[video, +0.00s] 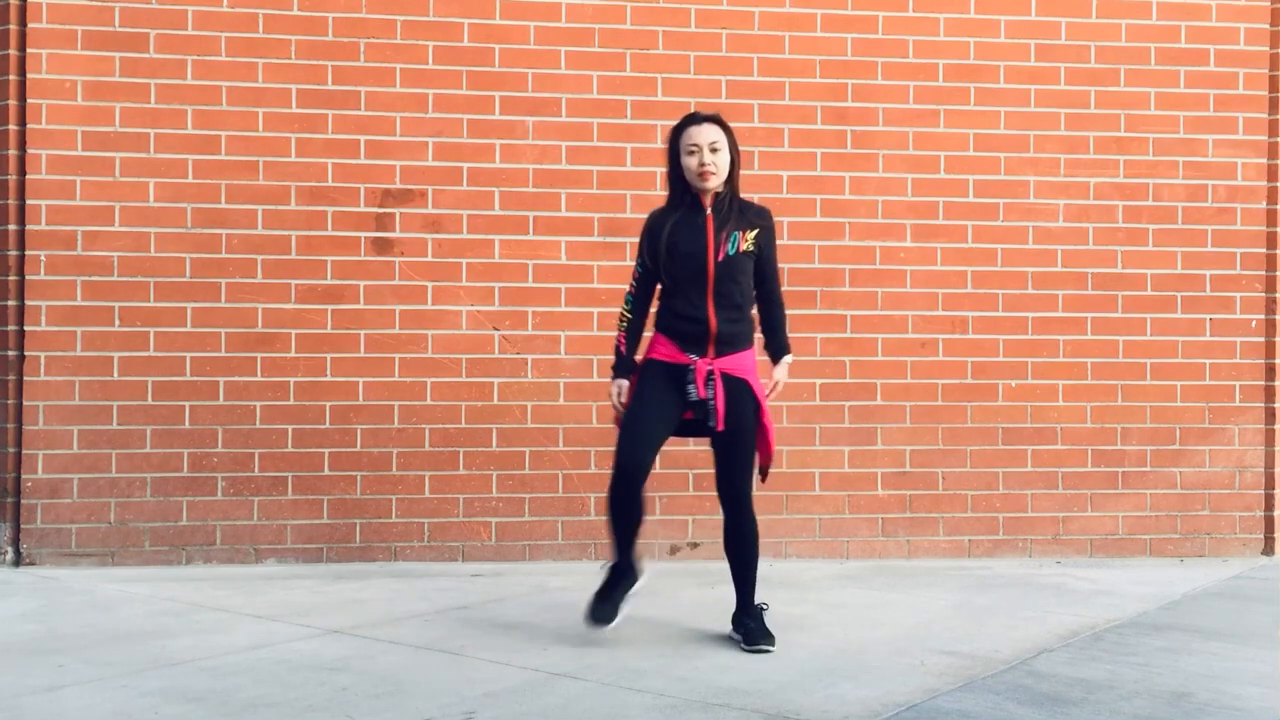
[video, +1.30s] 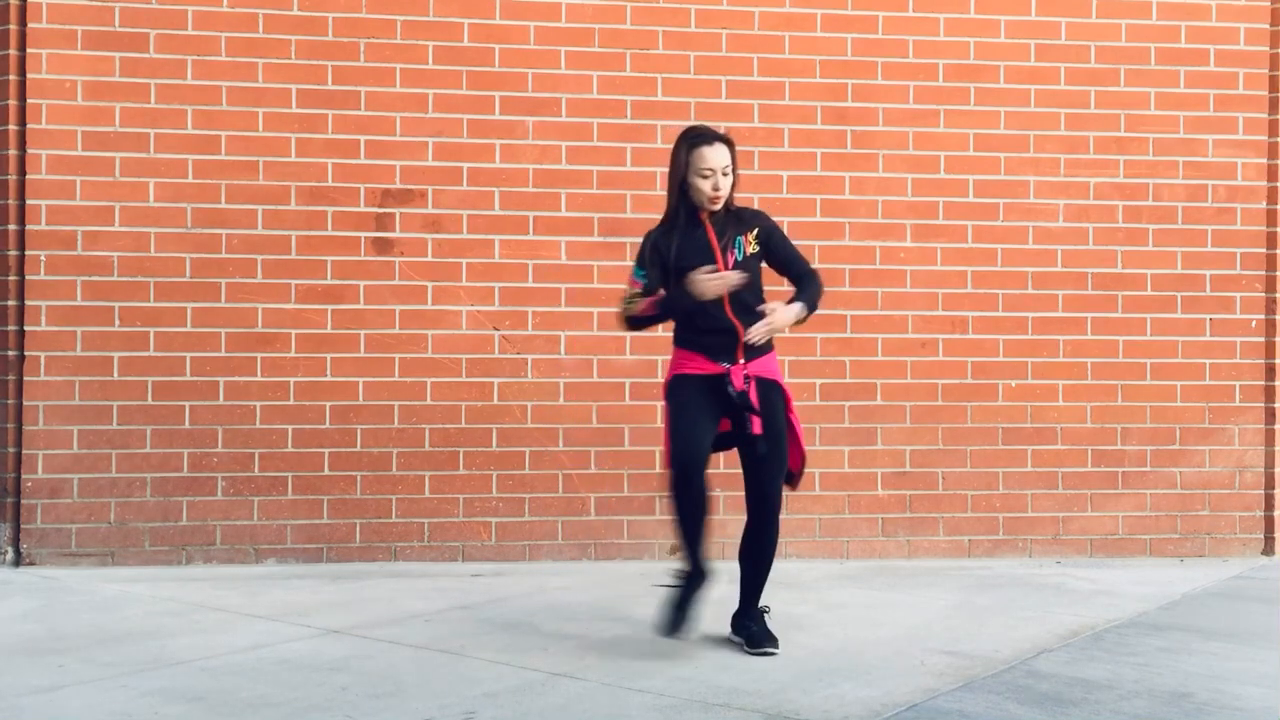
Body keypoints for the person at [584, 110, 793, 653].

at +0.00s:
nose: (705, 160)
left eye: (714, 149)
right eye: (693, 151)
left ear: (731, 156)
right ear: (679, 162)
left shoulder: (755, 220)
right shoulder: (662, 222)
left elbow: (769, 292)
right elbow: (638, 296)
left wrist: (780, 351)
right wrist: (622, 365)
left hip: (734, 367)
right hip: (667, 364)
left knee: (736, 491)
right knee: (627, 467)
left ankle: (747, 609)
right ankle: (623, 566)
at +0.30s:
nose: (670, 172)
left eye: (681, 162)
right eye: (659, 162)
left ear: (697, 170)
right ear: (644, 171)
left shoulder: (708, 244)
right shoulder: (617, 227)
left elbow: (714, 318)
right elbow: (565, 286)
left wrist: (707, 365)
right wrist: (596, 311)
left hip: (662, 377)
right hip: (599, 372)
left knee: (667, 478)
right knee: (591, 496)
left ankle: (672, 574)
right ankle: (597, 604)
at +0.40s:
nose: (661, 169)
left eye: (672, 160)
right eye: (650, 160)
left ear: (688, 168)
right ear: (635, 168)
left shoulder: (699, 240)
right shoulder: (607, 221)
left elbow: (682, 314)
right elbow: (575, 288)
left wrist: (648, 356)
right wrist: (623, 305)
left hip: (649, 369)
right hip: (592, 363)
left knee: (631, 466)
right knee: (588, 488)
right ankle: (596, 606)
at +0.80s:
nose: (655, 165)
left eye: (665, 156)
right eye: (644, 156)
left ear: (680, 166)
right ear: (628, 166)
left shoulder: (696, 235)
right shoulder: (601, 223)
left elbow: (719, 310)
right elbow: (558, 285)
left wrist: (676, 338)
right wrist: (609, 293)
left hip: (657, 368)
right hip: (594, 365)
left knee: (650, 453)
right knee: (589, 485)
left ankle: (623, 570)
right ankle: (597, 601)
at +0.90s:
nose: (662, 157)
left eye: (671, 148)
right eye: (651, 149)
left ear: (687, 158)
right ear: (634, 159)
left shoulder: (704, 226)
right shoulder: (608, 218)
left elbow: (748, 292)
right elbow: (549, 277)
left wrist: (735, 326)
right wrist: (588, 290)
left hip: (671, 366)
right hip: (606, 366)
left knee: (692, 465)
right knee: (603, 492)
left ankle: (693, 564)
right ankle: (598, 605)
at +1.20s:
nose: (707, 180)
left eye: (715, 170)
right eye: (695, 171)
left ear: (724, 173)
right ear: (674, 176)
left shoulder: (745, 226)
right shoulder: (655, 236)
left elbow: (812, 269)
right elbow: (598, 302)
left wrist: (810, 299)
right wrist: (639, 305)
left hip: (745, 378)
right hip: (680, 378)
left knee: (759, 500)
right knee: (661, 485)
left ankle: (749, 612)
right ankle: (624, 579)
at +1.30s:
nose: (717, 183)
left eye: (724, 172)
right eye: (704, 173)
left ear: (734, 172)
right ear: (683, 177)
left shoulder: (754, 225)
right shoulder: (662, 241)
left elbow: (810, 282)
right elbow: (632, 313)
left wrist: (793, 311)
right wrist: (683, 293)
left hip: (758, 375)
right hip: (695, 375)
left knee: (766, 500)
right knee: (686, 467)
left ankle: (749, 611)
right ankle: (694, 568)